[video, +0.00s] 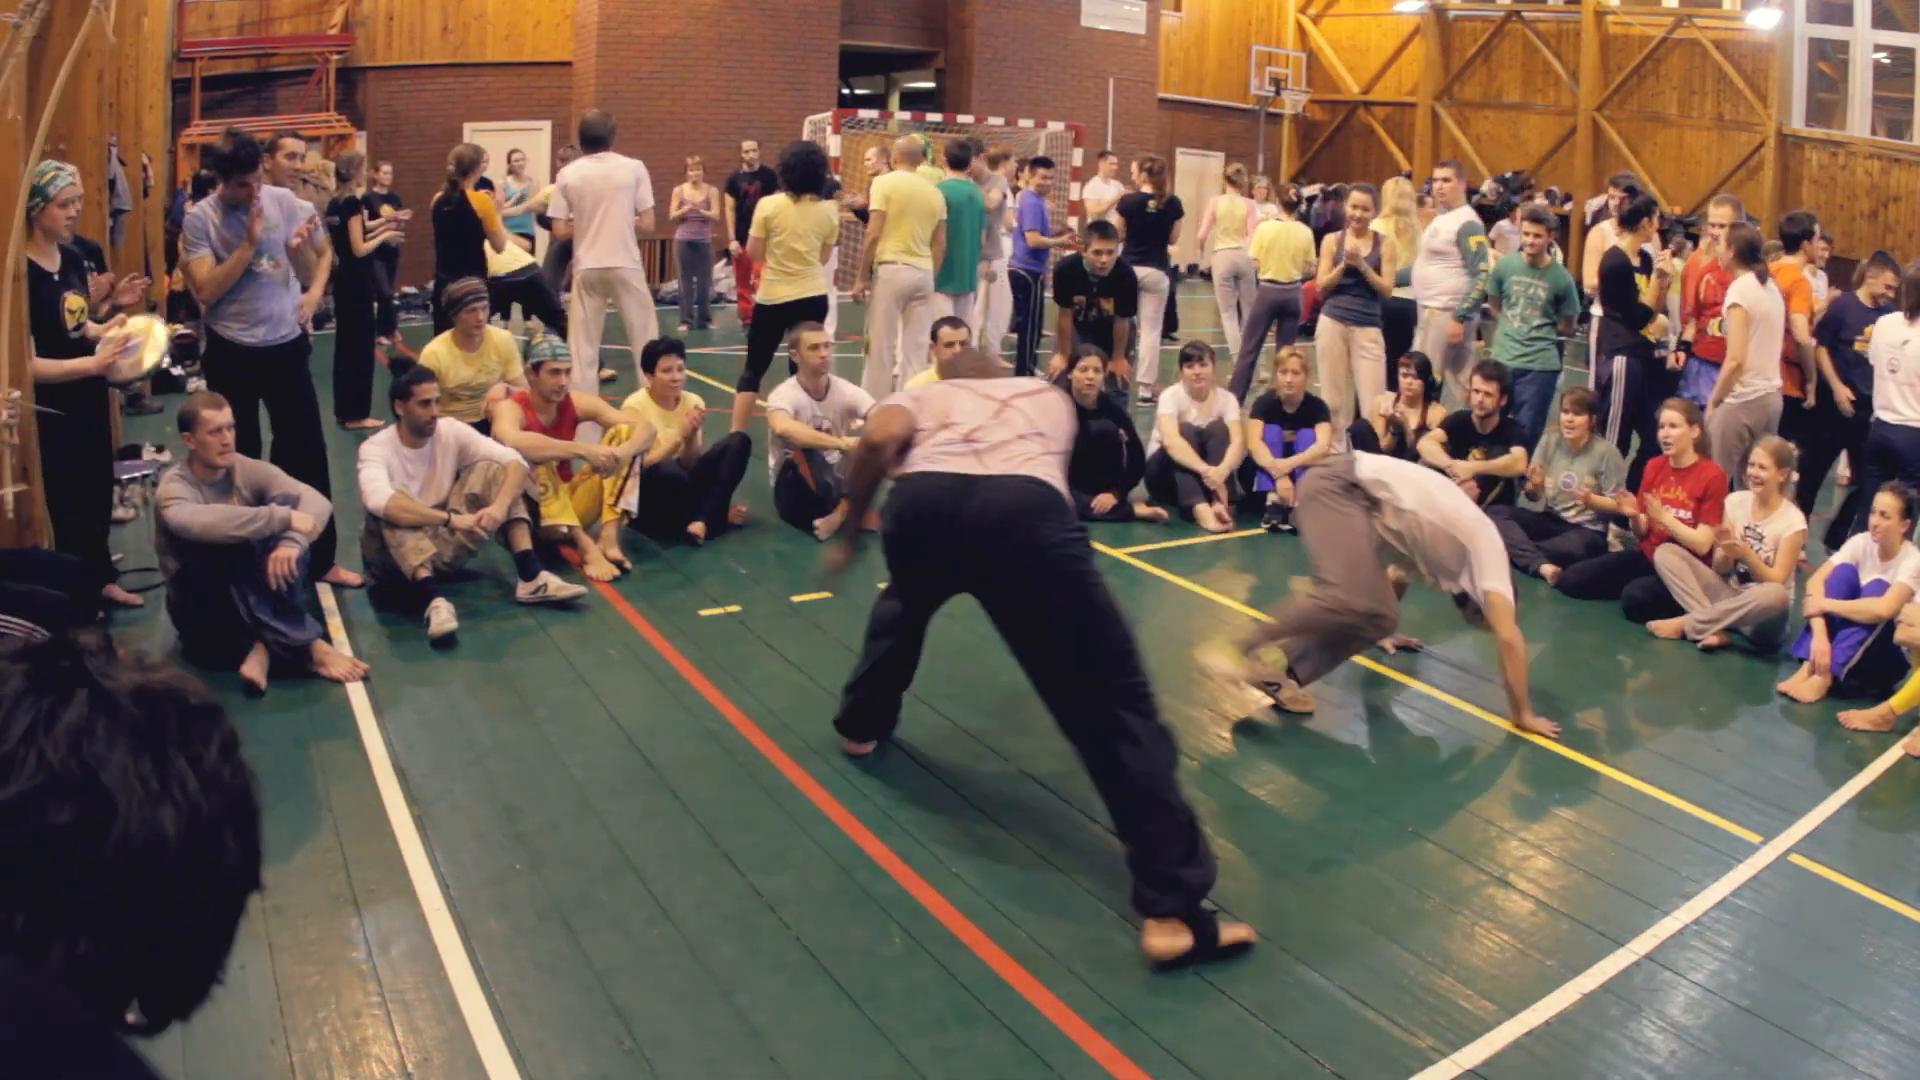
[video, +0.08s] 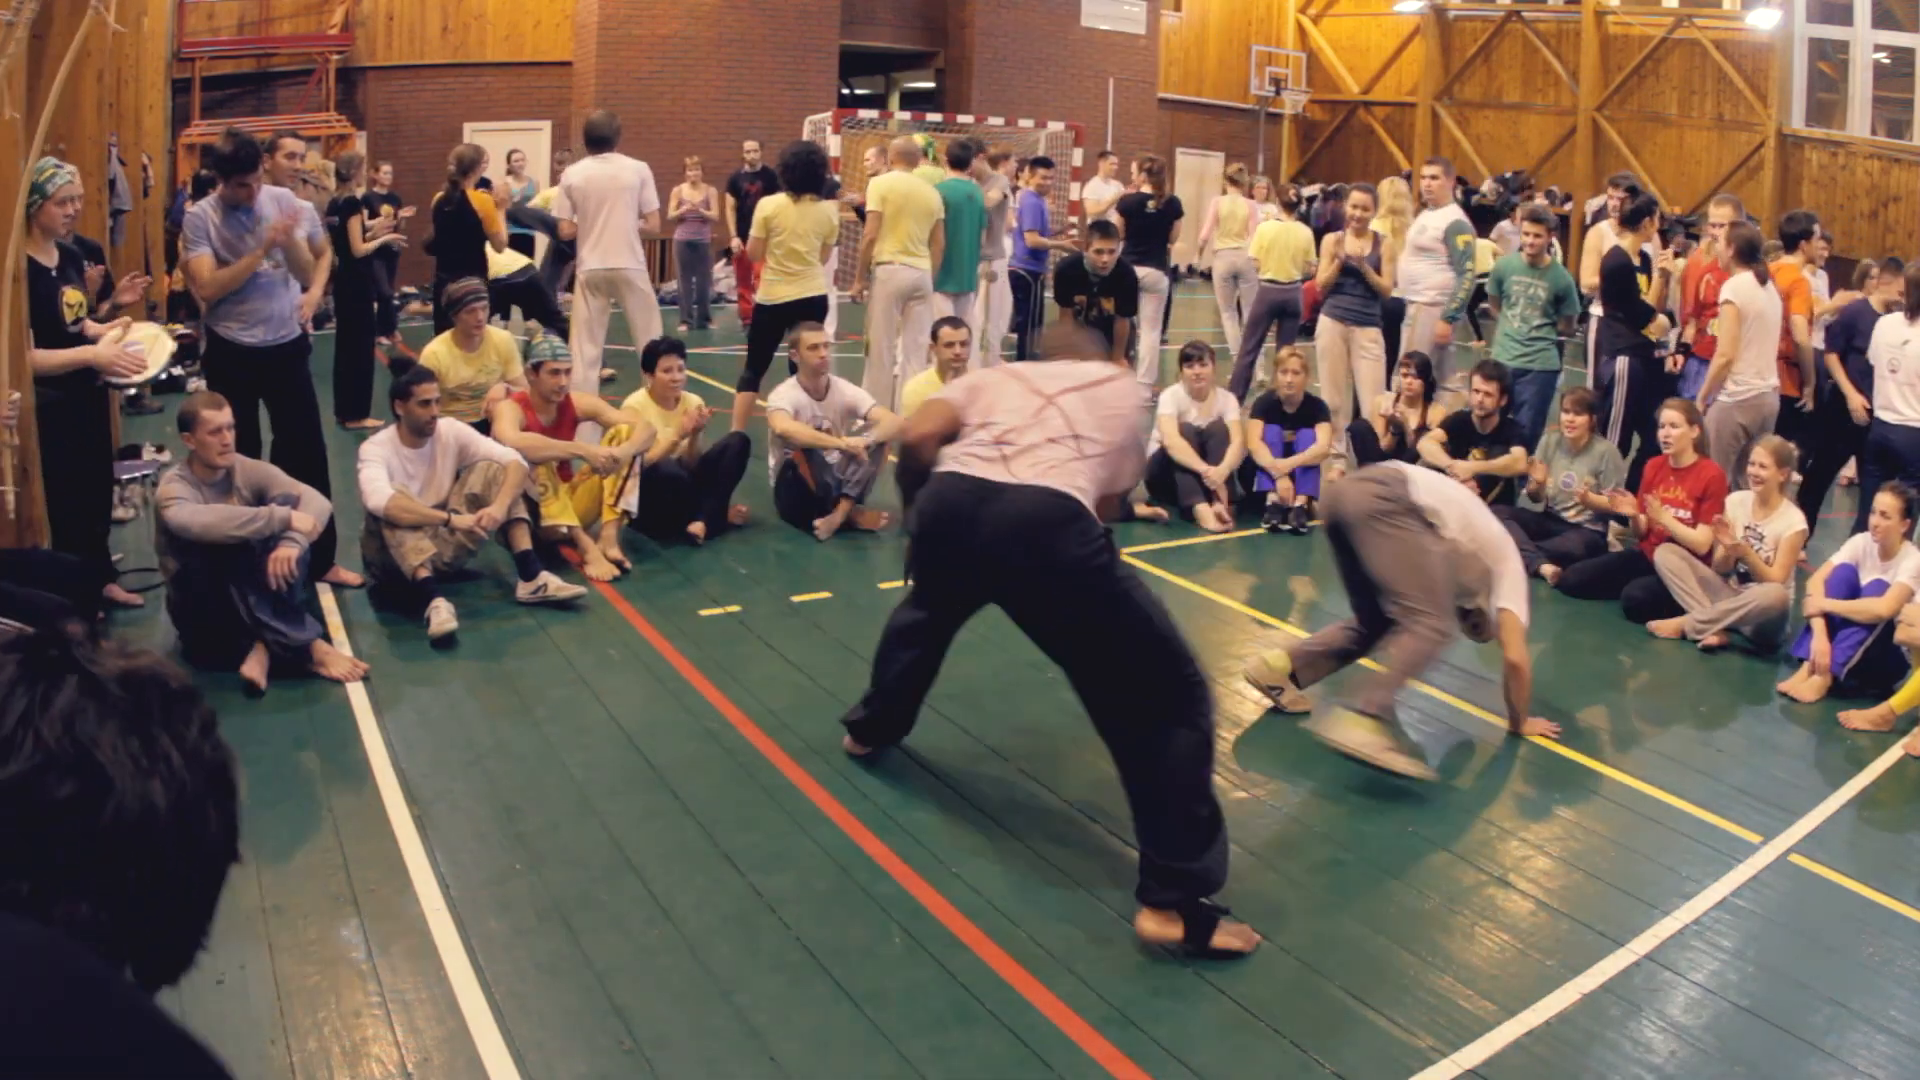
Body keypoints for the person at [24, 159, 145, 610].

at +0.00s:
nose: (75, 212)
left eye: (78, 203)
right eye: (65, 204)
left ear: (79, 206)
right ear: (36, 209)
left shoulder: (71, 259)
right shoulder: (17, 271)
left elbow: (78, 326)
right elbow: (22, 364)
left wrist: (110, 331)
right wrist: (91, 365)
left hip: (89, 391)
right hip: (51, 401)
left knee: (96, 488)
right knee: (67, 494)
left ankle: (102, 577)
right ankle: (76, 586)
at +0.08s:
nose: (73, 210)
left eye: (77, 201)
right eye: (63, 201)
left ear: (79, 204)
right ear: (34, 205)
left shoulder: (71, 258)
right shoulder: (15, 266)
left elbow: (76, 323)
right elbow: (21, 358)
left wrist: (107, 329)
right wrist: (90, 355)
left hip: (87, 389)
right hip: (49, 399)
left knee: (95, 485)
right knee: (65, 490)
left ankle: (101, 577)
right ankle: (73, 587)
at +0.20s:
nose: (73, 206)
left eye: (77, 197)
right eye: (62, 197)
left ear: (81, 201)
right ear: (34, 201)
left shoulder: (77, 254)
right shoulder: (17, 262)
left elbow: (74, 322)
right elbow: (18, 351)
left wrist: (105, 329)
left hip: (87, 384)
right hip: (45, 391)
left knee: (95, 482)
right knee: (61, 486)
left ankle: (101, 576)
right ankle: (69, 583)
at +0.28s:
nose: (73, 206)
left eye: (78, 197)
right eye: (63, 197)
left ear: (82, 201)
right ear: (35, 202)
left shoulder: (72, 257)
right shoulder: (17, 264)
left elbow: (72, 324)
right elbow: (16, 355)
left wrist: (103, 334)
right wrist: (79, 382)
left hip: (84, 388)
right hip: (46, 396)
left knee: (95, 486)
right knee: (64, 490)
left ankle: (101, 576)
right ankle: (71, 585)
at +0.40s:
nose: (76, 209)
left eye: (79, 199)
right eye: (66, 200)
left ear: (81, 202)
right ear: (39, 204)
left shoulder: (71, 262)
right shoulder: (18, 267)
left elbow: (75, 325)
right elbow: (19, 358)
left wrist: (106, 343)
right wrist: (88, 363)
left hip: (85, 389)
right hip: (49, 397)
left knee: (98, 488)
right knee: (68, 491)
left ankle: (101, 577)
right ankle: (76, 584)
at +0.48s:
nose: (75, 210)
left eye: (78, 200)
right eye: (65, 201)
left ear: (81, 203)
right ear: (37, 205)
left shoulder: (70, 260)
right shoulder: (21, 268)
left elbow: (79, 330)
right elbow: (30, 359)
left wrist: (111, 343)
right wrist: (103, 362)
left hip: (88, 391)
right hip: (54, 399)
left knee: (97, 489)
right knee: (74, 493)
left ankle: (102, 576)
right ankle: (84, 582)